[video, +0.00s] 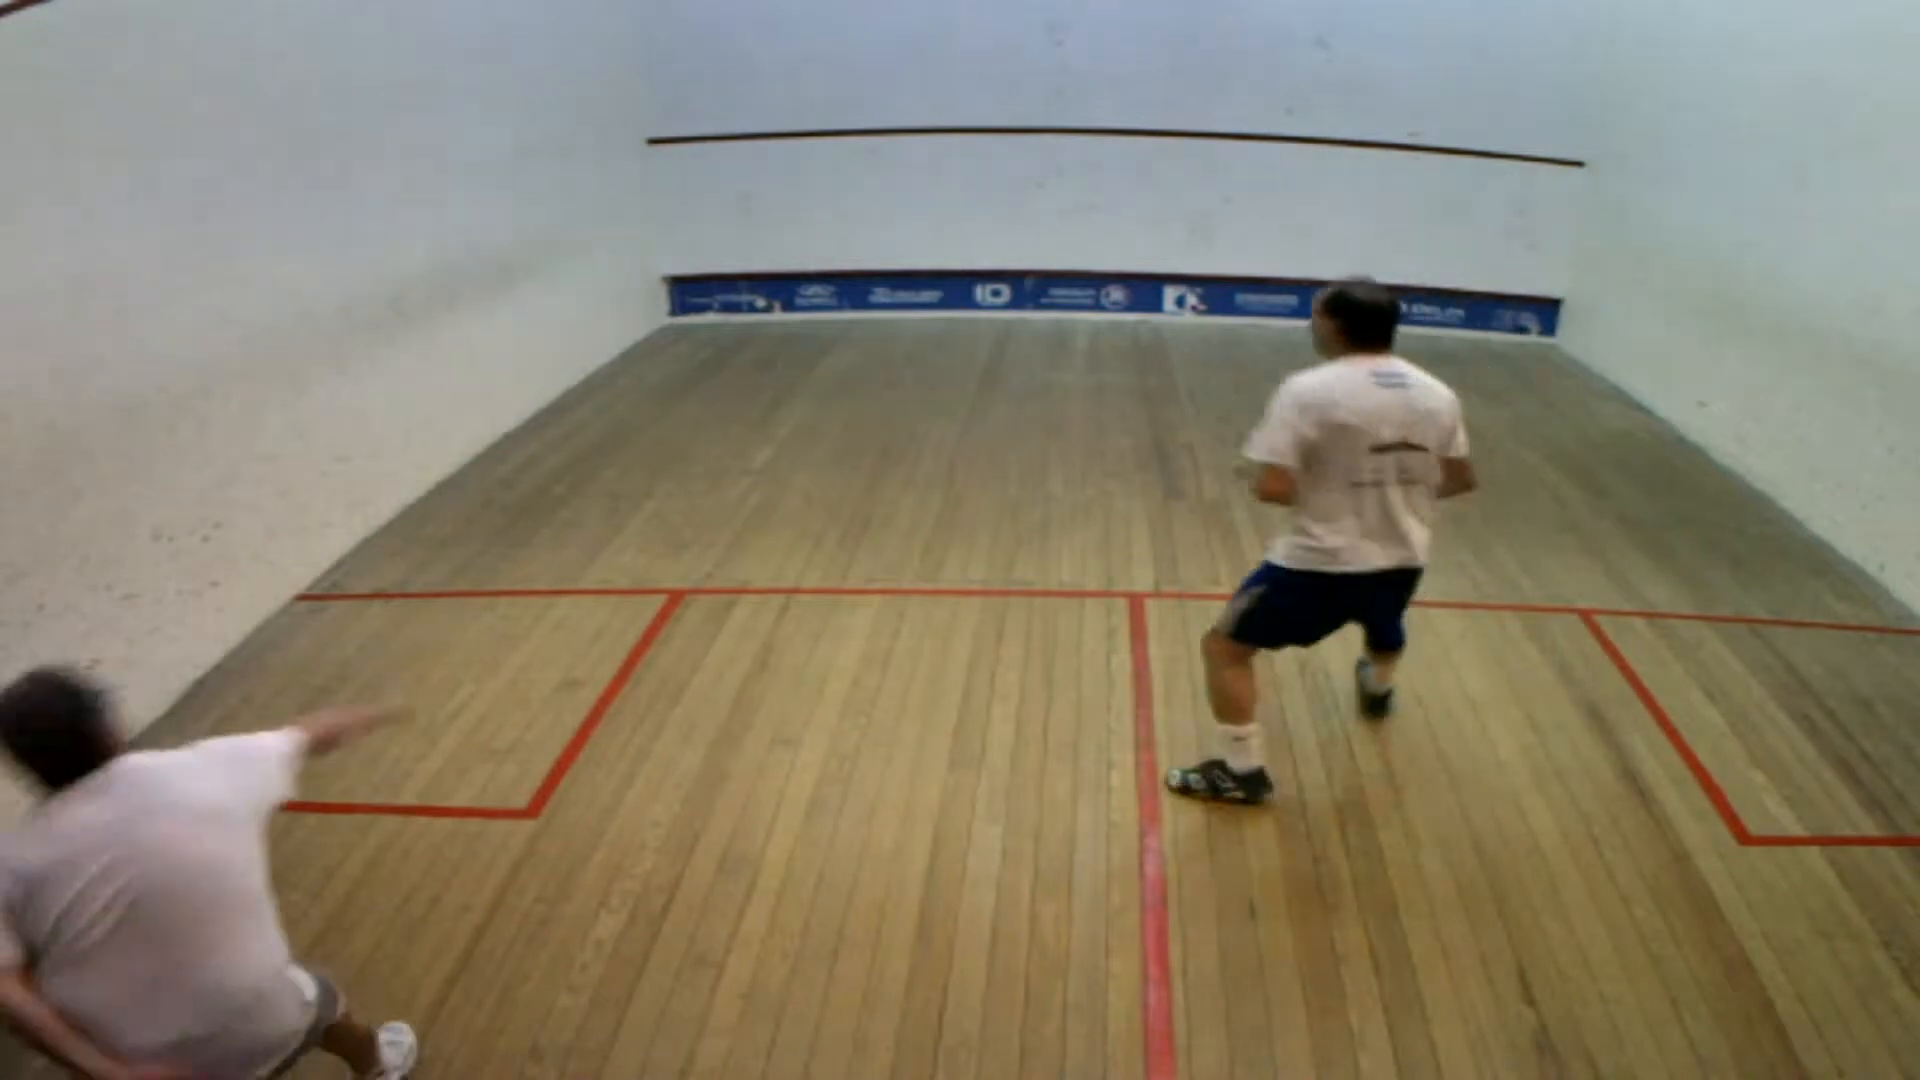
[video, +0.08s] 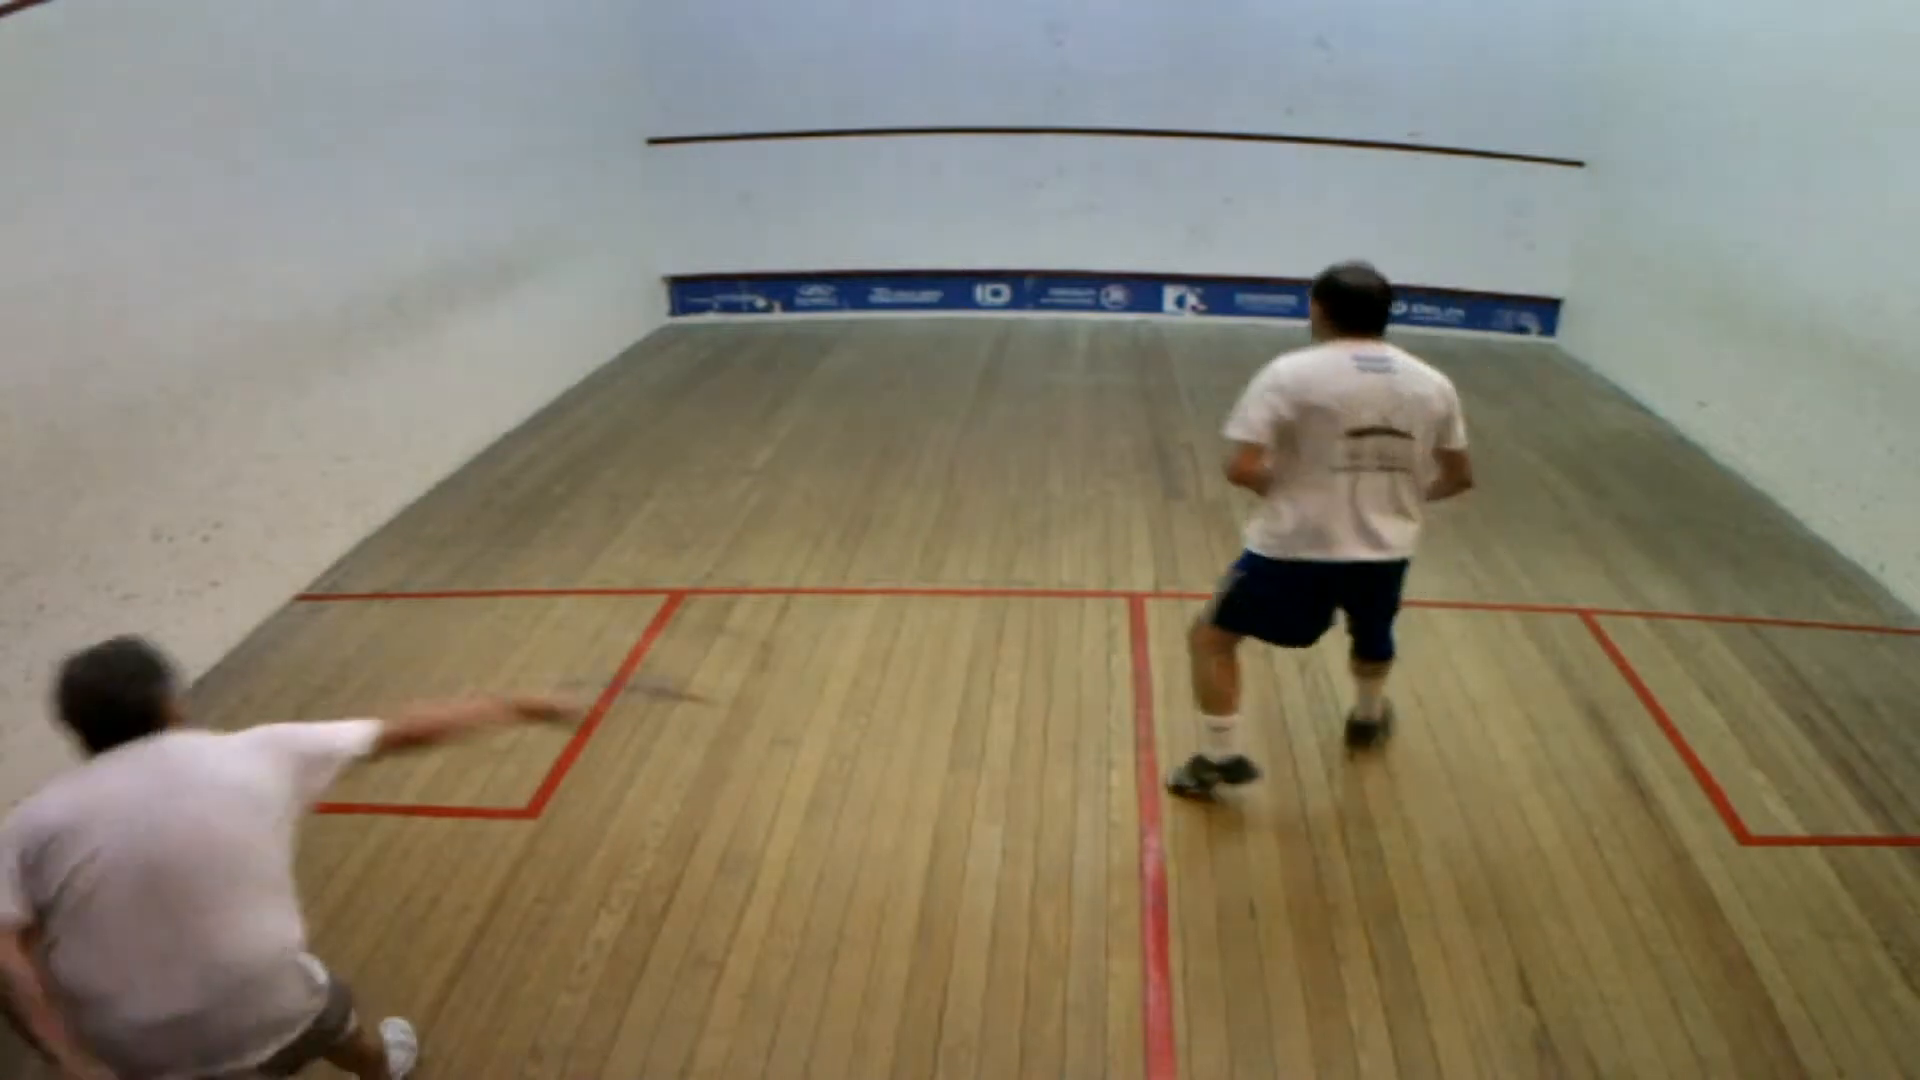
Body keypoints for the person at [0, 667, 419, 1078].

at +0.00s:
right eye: (102, 706)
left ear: (27, 765)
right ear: (106, 720)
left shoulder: (20, 855)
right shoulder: (201, 771)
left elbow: (11, 990)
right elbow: (308, 736)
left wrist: (109, 1070)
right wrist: (364, 718)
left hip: (130, 1058)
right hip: (259, 1028)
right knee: (325, 1011)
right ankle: (374, 1059)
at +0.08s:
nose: (184, 698)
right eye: (176, 688)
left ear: (78, 732)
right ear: (170, 702)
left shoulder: (39, 819)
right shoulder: (246, 753)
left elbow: (11, 952)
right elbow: (399, 730)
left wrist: (71, 1060)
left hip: (130, 1048)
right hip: (269, 1015)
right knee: (336, 1026)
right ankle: (382, 1065)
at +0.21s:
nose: (297, 664)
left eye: (288, 650)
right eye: (290, 651)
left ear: (185, 678)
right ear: (275, 666)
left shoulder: (130, 763)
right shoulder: (333, 734)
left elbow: (26, 872)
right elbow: (485, 829)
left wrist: (45, 987)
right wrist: (622, 906)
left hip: (208, 1011)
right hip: (338, 981)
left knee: (273, 1065)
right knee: (437, 993)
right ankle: (483, 1068)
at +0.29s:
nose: (392, 638)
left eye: (383, 623)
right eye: (381, 627)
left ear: (282, 661)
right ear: (367, 648)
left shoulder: (221, 740)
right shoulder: (414, 735)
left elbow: (134, 830)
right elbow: (495, 878)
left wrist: (148, 913)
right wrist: (580, 1000)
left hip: (271, 992)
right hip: (397, 977)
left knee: (314, 1052)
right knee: (516, 966)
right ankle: (599, 1064)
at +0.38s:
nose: (465, 628)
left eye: (460, 614)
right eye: (458, 617)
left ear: (354, 640)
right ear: (444, 635)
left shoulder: (295, 718)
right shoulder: (478, 728)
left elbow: (223, 801)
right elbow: (511, 876)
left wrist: (273, 871)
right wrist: (580, 1009)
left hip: (309, 962)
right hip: (427, 959)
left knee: (335, 1056)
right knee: (580, 976)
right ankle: (647, 1078)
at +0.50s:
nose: (654, 585)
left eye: (649, 572)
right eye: (646, 574)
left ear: (546, 587)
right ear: (628, 592)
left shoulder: (476, 653)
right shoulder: (635, 688)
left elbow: (416, 735)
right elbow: (655, 838)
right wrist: (713, 954)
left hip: (435, 871)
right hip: (542, 887)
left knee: (499, 950)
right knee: (669, 957)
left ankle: (438, 1064)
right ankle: (659, 1072)